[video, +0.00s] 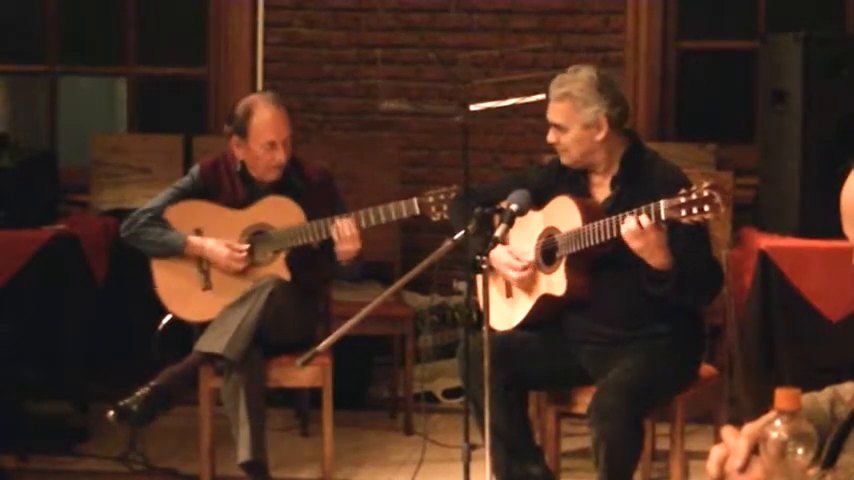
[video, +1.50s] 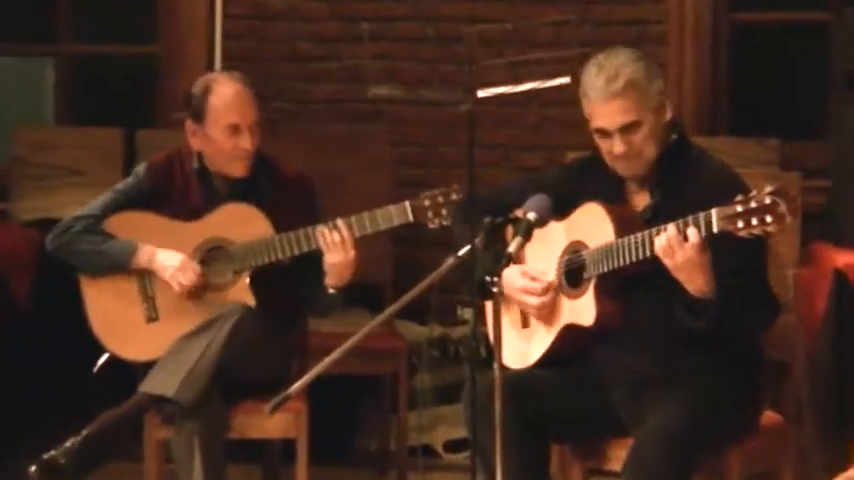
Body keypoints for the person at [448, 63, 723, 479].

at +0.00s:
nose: (550, 139)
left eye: (559, 129)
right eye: (549, 127)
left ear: (599, 128)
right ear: (593, 129)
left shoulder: (666, 186)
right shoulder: (557, 178)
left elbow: (705, 285)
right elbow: (467, 204)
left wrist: (661, 261)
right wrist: (489, 249)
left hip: (654, 343)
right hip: (574, 336)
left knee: (613, 404)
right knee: (484, 355)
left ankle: (613, 474)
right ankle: (523, 471)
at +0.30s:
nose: (547, 141)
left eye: (555, 131)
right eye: (547, 130)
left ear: (594, 130)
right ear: (591, 131)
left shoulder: (664, 185)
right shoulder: (556, 179)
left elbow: (706, 284)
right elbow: (467, 204)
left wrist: (663, 263)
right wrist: (487, 251)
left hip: (655, 344)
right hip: (576, 338)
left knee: (614, 405)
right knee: (485, 356)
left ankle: (614, 474)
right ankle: (524, 472)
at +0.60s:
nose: (548, 143)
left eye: (555, 134)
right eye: (547, 133)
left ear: (595, 132)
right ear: (592, 134)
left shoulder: (667, 185)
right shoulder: (557, 180)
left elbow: (712, 286)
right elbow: (467, 207)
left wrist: (667, 265)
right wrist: (488, 255)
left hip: (658, 346)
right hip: (578, 339)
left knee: (617, 409)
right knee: (486, 360)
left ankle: (619, 474)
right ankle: (524, 473)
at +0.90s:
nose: (553, 143)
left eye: (560, 134)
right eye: (552, 132)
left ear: (602, 131)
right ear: (599, 133)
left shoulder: (681, 185)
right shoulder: (563, 178)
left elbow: (726, 293)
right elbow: (468, 208)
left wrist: (681, 271)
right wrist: (491, 258)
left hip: (671, 353)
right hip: (586, 348)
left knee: (627, 422)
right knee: (487, 367)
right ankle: (525, 473)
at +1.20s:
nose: (582, 161)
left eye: (593, 146)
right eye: (574, 147)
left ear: (633, 126)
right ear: (564, 137)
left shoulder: (696, 187)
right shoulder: (572, 181)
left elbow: (743, 303)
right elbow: (472, 211)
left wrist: (696, 277)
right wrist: (496, 265)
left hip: (685, 368)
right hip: (592, 359)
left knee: (639, 438)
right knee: (492, 381)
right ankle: (522, 473)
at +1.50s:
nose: (618, 147)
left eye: (631, 129)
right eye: (603, 133)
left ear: (664, 113)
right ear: (590, 128)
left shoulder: (715, 187)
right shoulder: (583, 179)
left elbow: (756, 315)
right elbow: (476, 208)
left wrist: (704, 292)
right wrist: (498, 273)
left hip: (700, 378)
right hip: (605, 370)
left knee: (657, 446)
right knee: (500, 393)